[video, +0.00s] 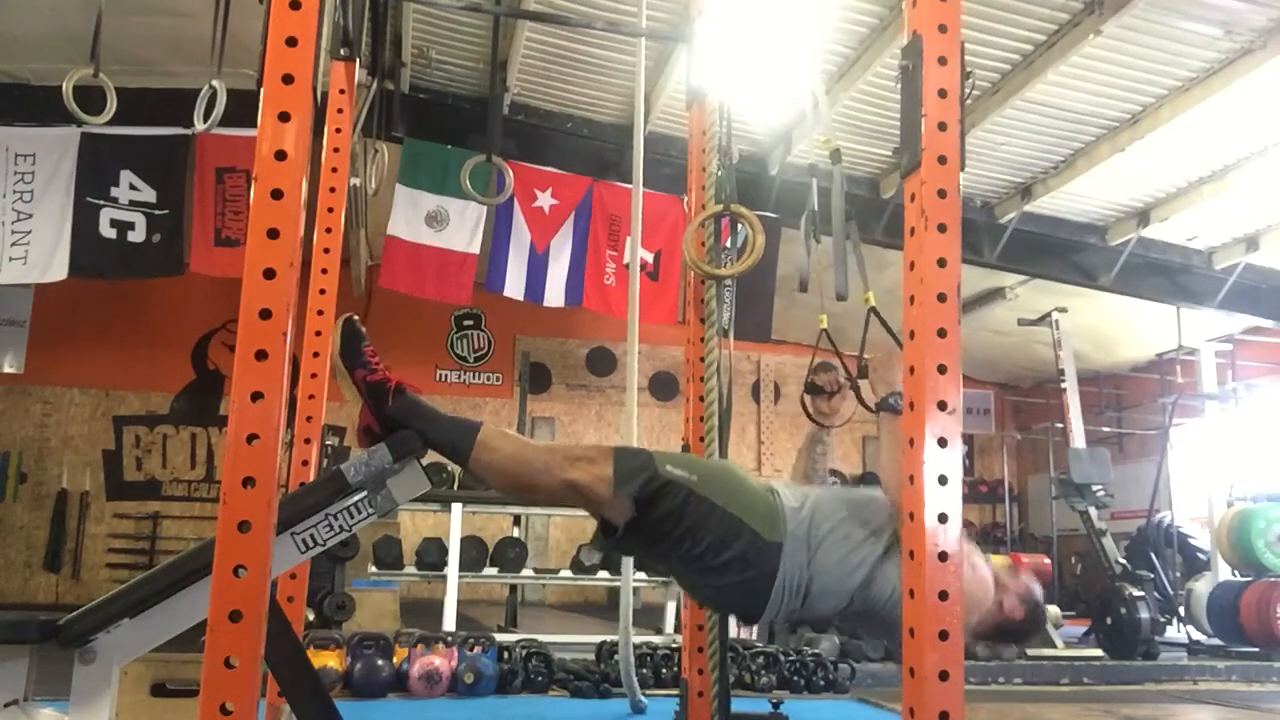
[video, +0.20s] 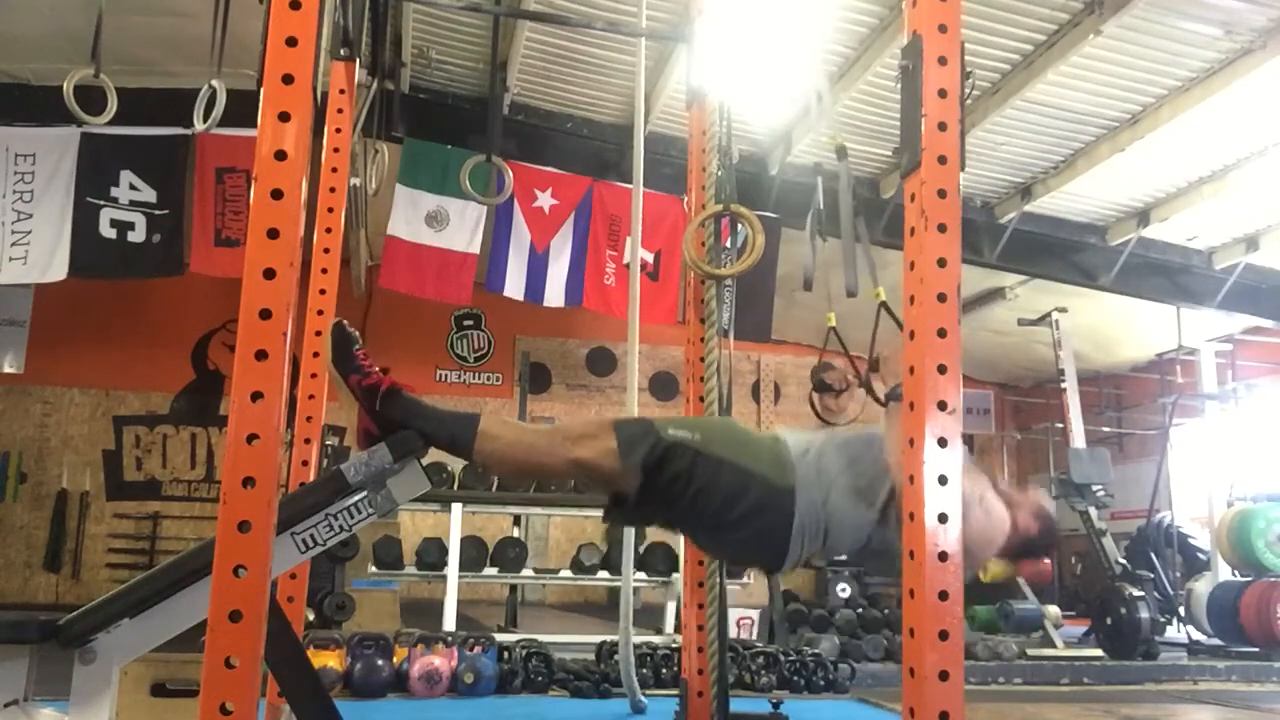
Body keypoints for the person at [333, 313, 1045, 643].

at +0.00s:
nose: (1017, 568)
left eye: (1024, 583)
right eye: (1025, 569)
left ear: (1007, 613)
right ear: (1002, 566)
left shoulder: (966, 596)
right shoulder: (947, 564)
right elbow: (859, 499)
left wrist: (934, 454)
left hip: (771, 549)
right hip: (766, 522)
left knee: (606, 479)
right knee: (600, 470)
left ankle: (402, 412)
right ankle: (416, 432)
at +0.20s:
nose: (1014, 502)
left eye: (1023, 512)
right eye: (1022, 499)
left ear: (1015, 544)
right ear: (1010, 492)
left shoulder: (969, 532)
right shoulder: (960, 496)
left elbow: (908, 490)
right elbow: (891, 460)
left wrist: (928, 428)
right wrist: (888, 409)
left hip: (786, 500)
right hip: (775, 475)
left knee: (605, 461)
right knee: (596, 453)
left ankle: (402, 417)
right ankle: (407, 415)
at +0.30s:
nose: (1013, 463)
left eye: (1024, 475)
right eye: (1022, 459)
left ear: (1021, 502)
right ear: (1011, 447)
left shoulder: (979, 503)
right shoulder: (968, 446)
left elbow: (927, 494)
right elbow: (883, 430)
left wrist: (949, 431)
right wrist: (893, 394)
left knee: (612, 434)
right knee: (601, 411)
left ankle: (403, 415)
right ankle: (414, 423)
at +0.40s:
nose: (1025, 426)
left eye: (1035, 438)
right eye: (1033, 425)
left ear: (1033, 466)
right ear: (1021, 432)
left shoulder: (992, 469)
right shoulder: (975, 436)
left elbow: (924, 470)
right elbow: (896, 430)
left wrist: (931, 398)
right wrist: (893, 379)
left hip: (792, 456)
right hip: (779, 429)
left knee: (606, 413)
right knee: (599, 408)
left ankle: (400, 416)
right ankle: (407, 419)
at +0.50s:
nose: (1019, 422)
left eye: (1030, 432)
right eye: (1025, 419)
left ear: (1027, 460)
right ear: (1011, 421)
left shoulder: (985, 465)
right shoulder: (964, 428)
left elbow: (907, 471)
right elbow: (886, 426)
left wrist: (918, 381)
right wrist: (895, 370)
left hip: (786, 443)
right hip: (776, 425)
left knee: (594, 373)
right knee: (579, 392)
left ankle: (389, 407)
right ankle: (398, 421)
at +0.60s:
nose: (1002, 435)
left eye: (1010, 449)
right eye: (1008, 433)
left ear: (1002, 472)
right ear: (994, 428)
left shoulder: (957, 481)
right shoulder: (944, 432)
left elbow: (889, 466)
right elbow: (874, 428)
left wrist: (891, 380)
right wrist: (879, 366)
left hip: (765, 432)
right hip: (755, 428)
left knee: (590, 338)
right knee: (579, 348)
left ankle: (392, 411)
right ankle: (399, 411)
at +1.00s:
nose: (855, 443)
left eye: (863, 458)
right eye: (864, 444)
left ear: (851, 479)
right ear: (847, 448)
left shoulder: (801, 481)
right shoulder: (791, 446)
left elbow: (722, 466)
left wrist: (754, 395)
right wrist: (755, 384)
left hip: (610, 390)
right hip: (610, 379)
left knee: (458, 259)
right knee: (450, 296)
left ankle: (342, 412)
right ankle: (339, 413)